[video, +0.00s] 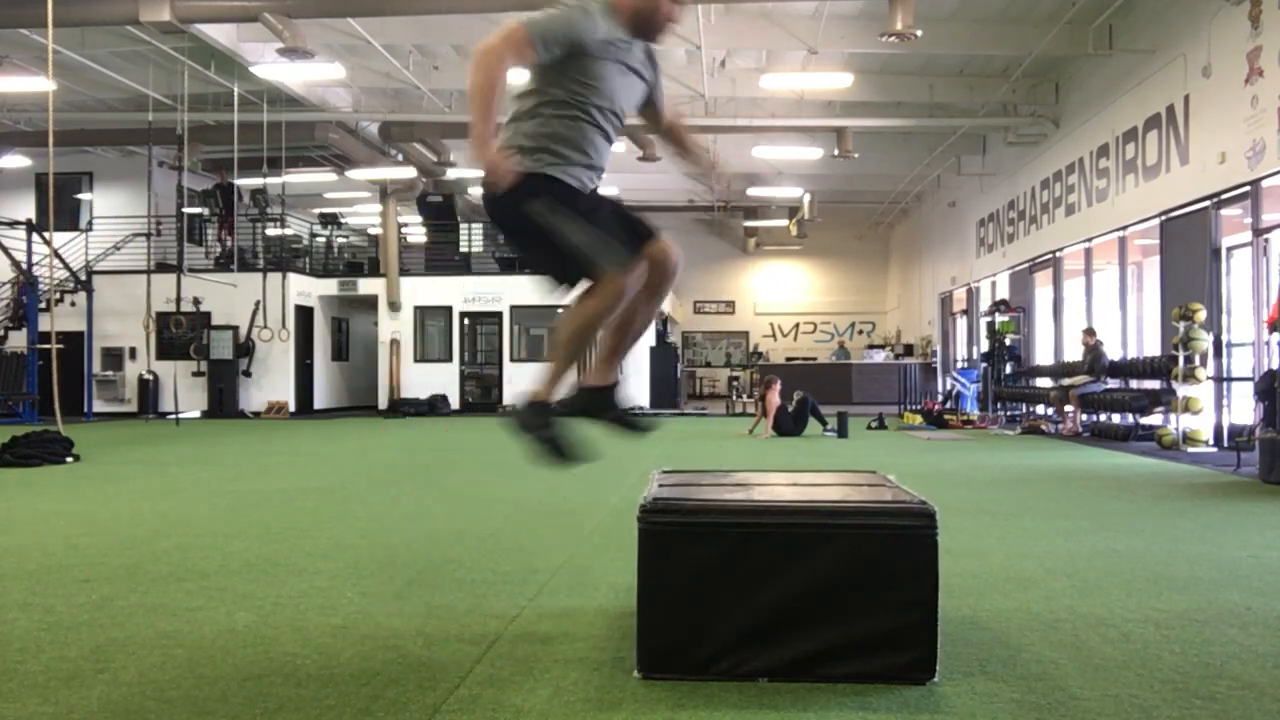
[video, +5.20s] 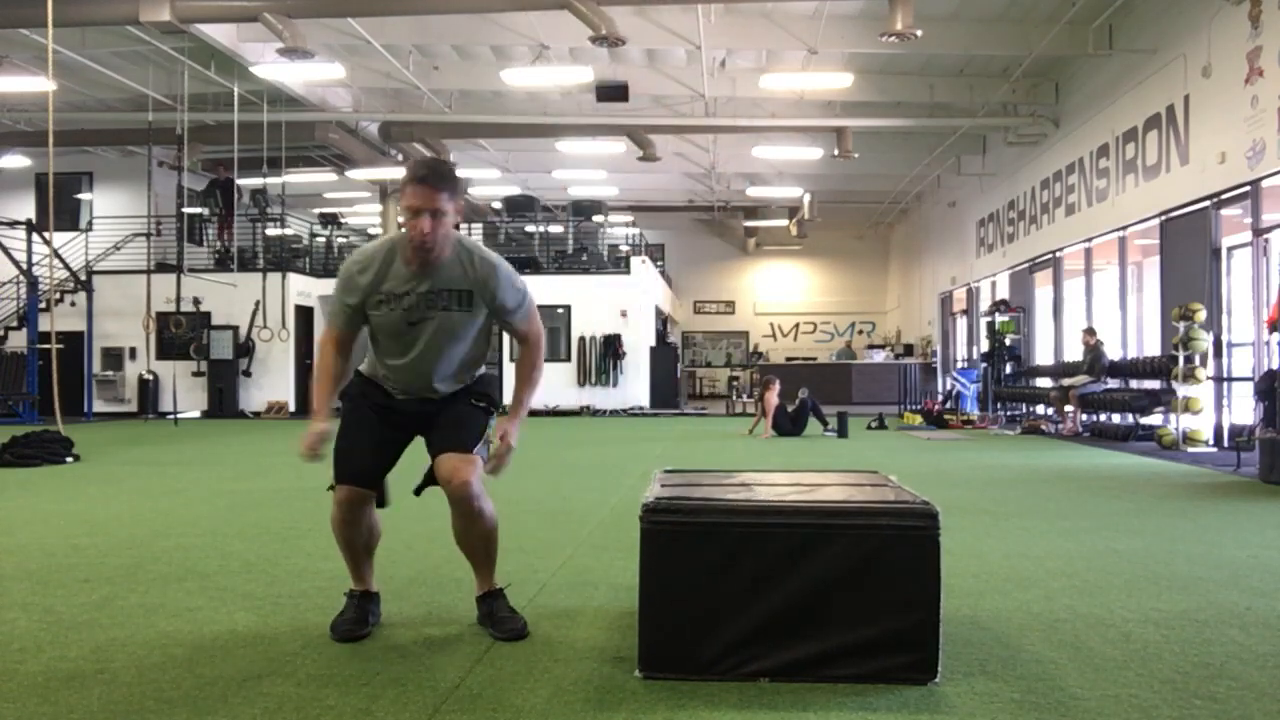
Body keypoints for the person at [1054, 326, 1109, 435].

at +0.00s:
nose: (1082, 340)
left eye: (1085, 337)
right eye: (1083, 337)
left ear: (1092, 338)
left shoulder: (1099, 353)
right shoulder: (1087, 351)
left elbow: (1098, 376)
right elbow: (1084, 370)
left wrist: (1079, 379)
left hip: (1099, 382)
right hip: (1086, 380)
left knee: (1074, 393)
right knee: (1057, 395)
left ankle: (1076, 426)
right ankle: (1066, 425)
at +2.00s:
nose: (1081, 340)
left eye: (1084, 337)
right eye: (1081, 337)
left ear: (1091, 338)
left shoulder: (1099, 353)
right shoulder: (1087, 351)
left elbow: (1096, 376)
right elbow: (1085, 371)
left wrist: (1074, 381)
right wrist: (1071, 380)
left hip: (1099, 382)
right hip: (1087, 379)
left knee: (1074, 393)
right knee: (1055, 395)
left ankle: (1076, 426)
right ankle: (1066, 425)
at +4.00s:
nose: (1083, 340)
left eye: (1085, 337)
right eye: (1083, 337)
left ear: (1093, 338)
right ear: (1087, 338)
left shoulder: (1100, 354)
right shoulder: (1087, 351)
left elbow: (1096, 377)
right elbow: (1085, 372)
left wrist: (1073, 381)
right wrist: (1071, 380)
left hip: (1098, 382)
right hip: (1086, 380)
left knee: (1074, 393)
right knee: (1054, 395)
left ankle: (1076, 426)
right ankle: (1066, 424)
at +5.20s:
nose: (1083, 340)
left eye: (1085, 337)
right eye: (1083, 337)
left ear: (1093, 338)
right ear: (1085, 337)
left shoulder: (1100, 353)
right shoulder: (1087, 350)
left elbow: (1095, 376)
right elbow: (1084, 371)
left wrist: (1072, 381)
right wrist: (1070, 380)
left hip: (1098, 382)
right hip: (1085, 380)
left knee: (1073, 393)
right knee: (1055, 395)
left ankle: (1076, 426)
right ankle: (1066, 425)